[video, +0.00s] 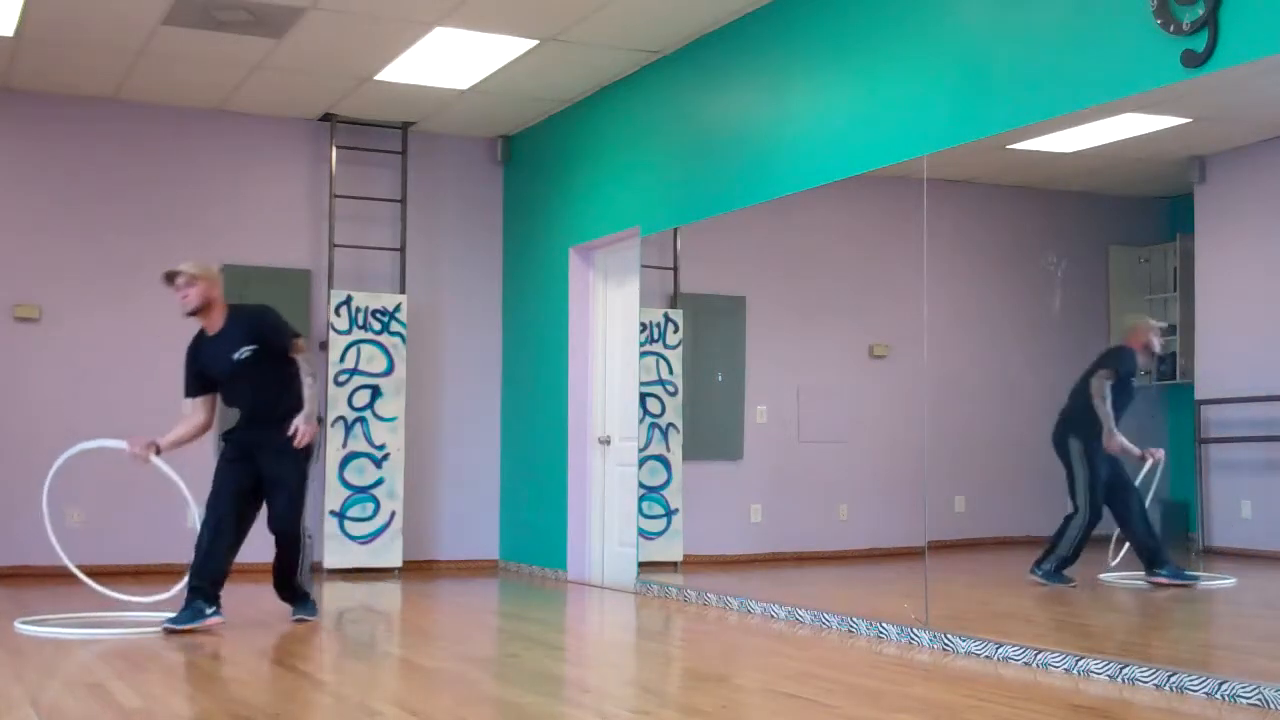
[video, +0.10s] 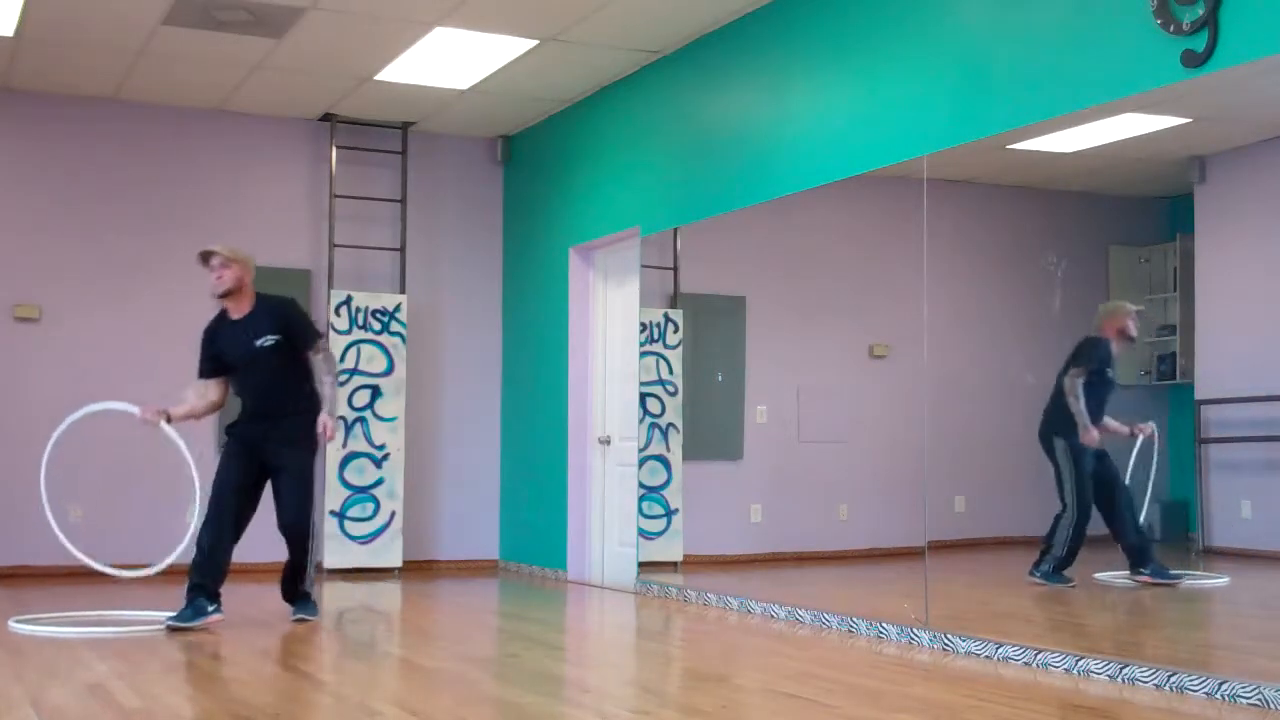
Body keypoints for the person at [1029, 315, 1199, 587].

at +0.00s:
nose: (1159, 342)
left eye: (1159, 336)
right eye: (1155, 335)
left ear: (1138, 339)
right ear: (1138, 336)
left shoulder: (1127, 372)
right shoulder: (1123, 355)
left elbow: (1108, 430)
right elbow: (1099, 384)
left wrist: (1139, 452)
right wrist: (1109, 430)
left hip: (1093, 442)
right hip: (1076, 436)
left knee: (1128, 502)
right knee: (1087, 509)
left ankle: (1158, 566)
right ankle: (1047, 567)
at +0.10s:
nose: (1135, 326)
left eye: (1134, 320)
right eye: (1131, 319)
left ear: (1118, 324)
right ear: (1115, 321)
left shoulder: (1105, 361)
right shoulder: (1095, 346)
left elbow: (1094, 417)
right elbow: (1071, 382)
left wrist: (1130, 430)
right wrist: (1084, 425)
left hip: (1084, 437)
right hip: (1063, 433)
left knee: (1117, 496)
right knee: (1077, 505)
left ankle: (1143, 563)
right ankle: (1047, 566)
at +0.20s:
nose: (1114, 310)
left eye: (1114, 306)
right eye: (1108, 305)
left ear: (1099, 313)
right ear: (1090, 309)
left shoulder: (1092, 351)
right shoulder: (1070, 338)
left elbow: (1085, 403)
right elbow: (1046, 376)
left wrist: (1126, 410)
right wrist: (1054, 417)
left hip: (1077, 426)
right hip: (1055, 425)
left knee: (1103, 494)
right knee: (1068, 499)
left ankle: (1120, 563)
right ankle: (1045, 568)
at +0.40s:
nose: (1077, 298)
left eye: (1078, 293)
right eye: (1070, 293)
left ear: (1076, 301)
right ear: (1053, 300)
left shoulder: (1076, 342)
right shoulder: (1036, 333)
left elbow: (1085, 390)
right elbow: (1007, 373)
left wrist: (1126, 382)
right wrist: (1005, 413)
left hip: (1067, 425)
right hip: (1041, 425)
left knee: (1077, 495)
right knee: (1054, 497)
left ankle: (1073, 558)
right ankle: (1042, 566)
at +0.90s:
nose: (1045, 304)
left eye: (1047, 300)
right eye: (1039, 300)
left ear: (1049, 306)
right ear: (1023, 304)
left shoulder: (1054, 345)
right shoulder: (1002, 339)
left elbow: (1075, 387)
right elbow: (982, 380)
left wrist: (1086, 381)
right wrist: (981, 420)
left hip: (1040, 429)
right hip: (1008, 428)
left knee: (1033, 498)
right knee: (1003, 496)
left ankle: (1029, 559)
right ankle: (993, 564)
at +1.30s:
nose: (1007, 307)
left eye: (1009, 302)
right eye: (1000, 303)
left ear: (1013, 308)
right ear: (986, 308)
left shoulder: (1024, 346)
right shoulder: (968, 343)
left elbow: (1042, 384)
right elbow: (954, 386)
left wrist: (1055, 405)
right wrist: (953, 423)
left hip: (1016, 431)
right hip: (979, 431)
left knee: (1021, 499)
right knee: (968, 500)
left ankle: (1027, 560)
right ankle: (949, 563)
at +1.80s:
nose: (970, 301)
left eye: (971, 296)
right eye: (962, 297)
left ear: (973, 300)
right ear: (947, 302)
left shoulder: (987, 339)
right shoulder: (931, 339)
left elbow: (1007, 377)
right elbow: (917, 384)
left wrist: (1019, 404)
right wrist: (917, 423)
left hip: (983, 431)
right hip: (946, 432)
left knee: (985, 502)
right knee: (946, 502)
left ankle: (977, 563)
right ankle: (943, 564)